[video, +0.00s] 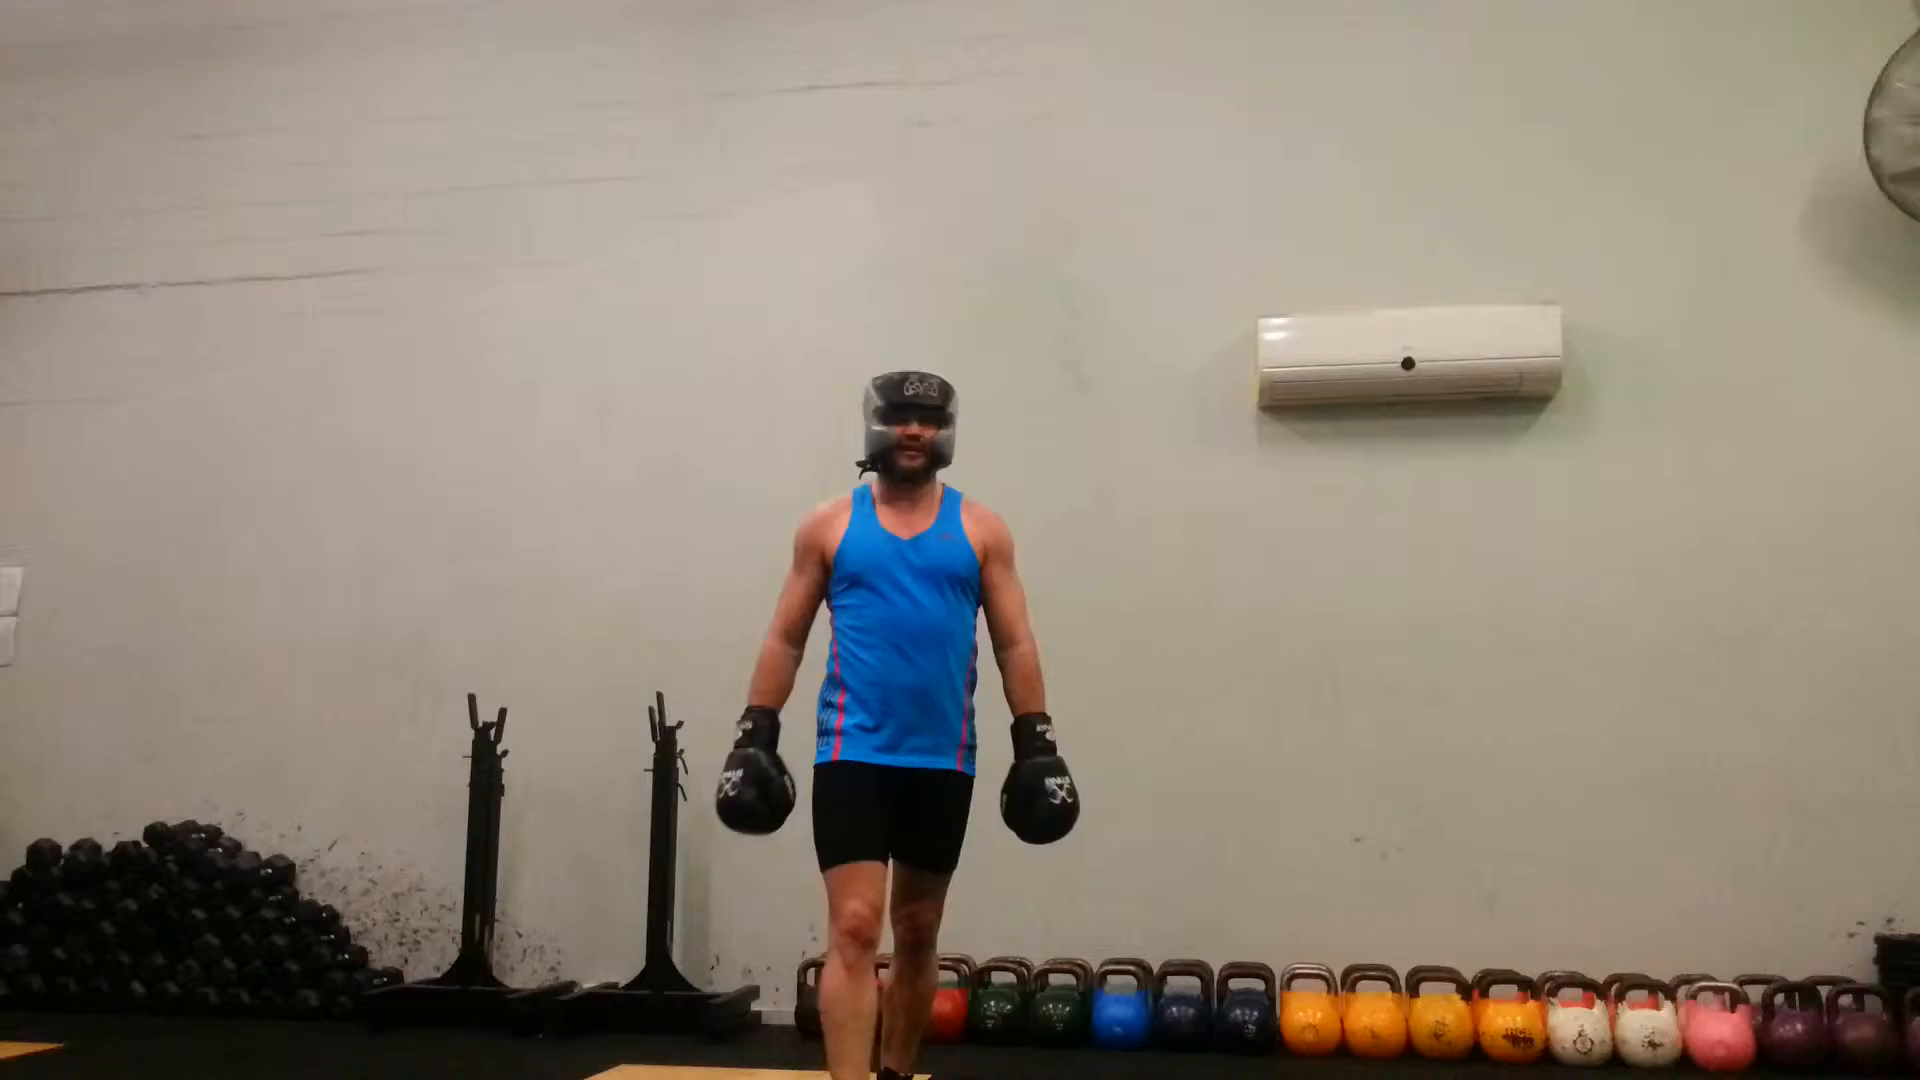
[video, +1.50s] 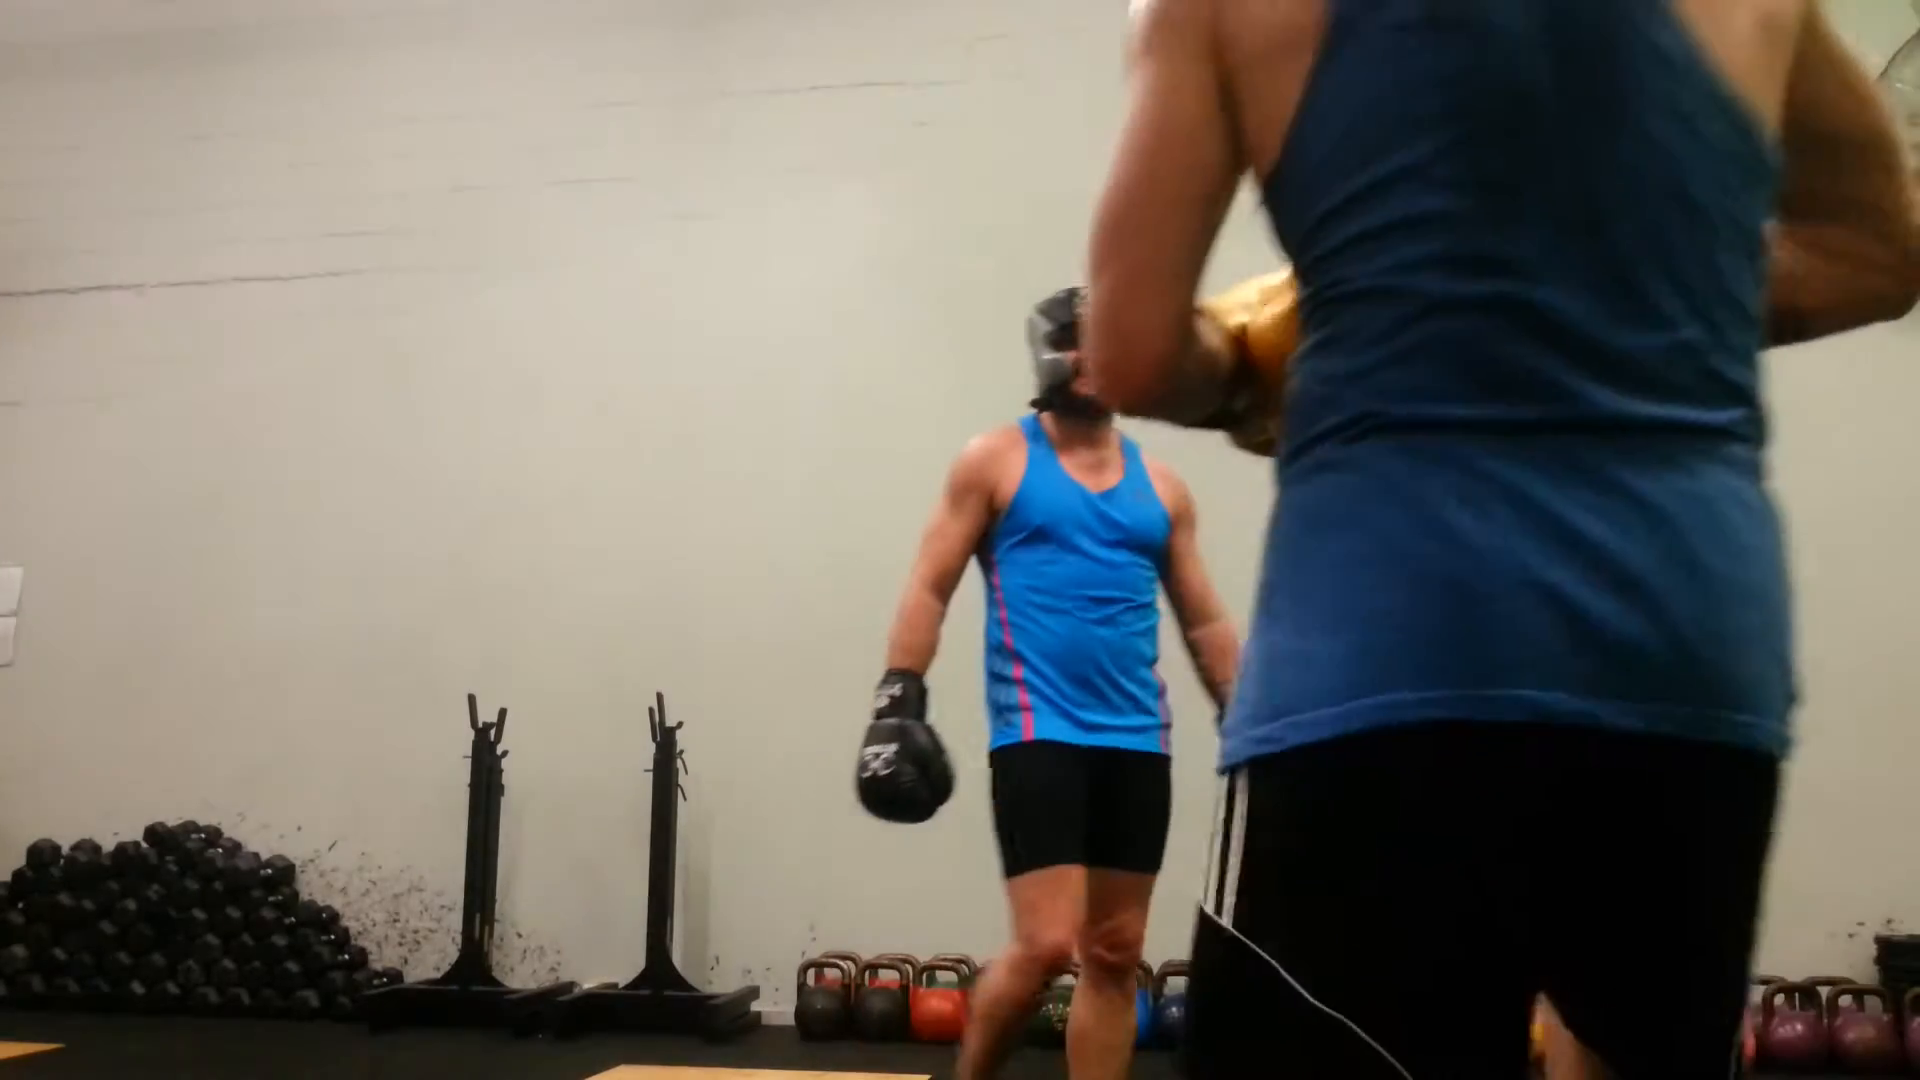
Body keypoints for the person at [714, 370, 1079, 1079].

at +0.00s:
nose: (914, 431)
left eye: (929, 420)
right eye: (900, 419)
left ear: (947, 434)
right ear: (874, 429)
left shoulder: (980, 528)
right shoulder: (828, 526)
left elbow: (1015, 643)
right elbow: (785, 638)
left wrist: (1036, 745)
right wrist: (756, 738)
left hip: (941, 759)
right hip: (852, 755)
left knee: (917, 931)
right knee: (856, 927)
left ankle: (896, 1074)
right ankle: (850, 1079)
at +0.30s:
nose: (904, 405)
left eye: (916, 392)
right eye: (887, 395)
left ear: (935, 404)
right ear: (858, 409)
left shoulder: (975, 506)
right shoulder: (822, 507)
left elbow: (1007, 620)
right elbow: (773, 627)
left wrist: (1037, 725)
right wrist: (739, 737)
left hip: (947, 749)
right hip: (856, 748)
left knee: (932, 929)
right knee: (854, 931)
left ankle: (899, 1070)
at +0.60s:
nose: (904, 393)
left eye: (915, 378)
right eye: (884, 382)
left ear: (931, 389)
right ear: (854, 395)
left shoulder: (965, 489)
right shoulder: (823, 492)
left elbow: (994, 606)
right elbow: (781, 609)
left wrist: (1036, 703)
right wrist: (764, 719)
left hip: (959, 742)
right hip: (866, 749)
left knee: (1002, 924)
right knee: (859, 940)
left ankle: (957, 1070)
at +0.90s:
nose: (940, 384)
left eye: (951, 369)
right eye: (918, 372)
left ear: (966, 380)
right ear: (885, 386)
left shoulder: (992, 485)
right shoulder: (853, 485)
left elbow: (1014, 609)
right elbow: (809, 611)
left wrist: (1040, 715)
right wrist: (830, 724)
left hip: (985, 744)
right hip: (887, 751)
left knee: (1035, 931)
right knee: (873, 944)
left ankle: (1070, 1079)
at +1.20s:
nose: (1014, 364)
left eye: (1027, 350)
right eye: (994, 350)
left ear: (1047, 368)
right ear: (961, 365)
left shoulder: (1072, 487)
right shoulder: (921, 474)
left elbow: (1092, 618)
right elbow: (870, 606)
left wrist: (1111, 735)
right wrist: (847, 736)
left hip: (1061, 750)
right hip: (954, 754)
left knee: (1074, 949)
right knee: (924, 951)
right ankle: (879, 1077)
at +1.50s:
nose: (1085, 360)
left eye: (1099, 343)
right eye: (1068, 342)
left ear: (1122, 362)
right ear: (1041, 357)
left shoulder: (1160, 486)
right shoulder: (996, 460)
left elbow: (1207, 623)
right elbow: (931, 586)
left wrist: (1253, 728)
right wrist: (897, 705)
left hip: (1136, 737)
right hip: (1035, 733)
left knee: (1117, 951)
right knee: (1046, 943)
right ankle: (969, 1073)